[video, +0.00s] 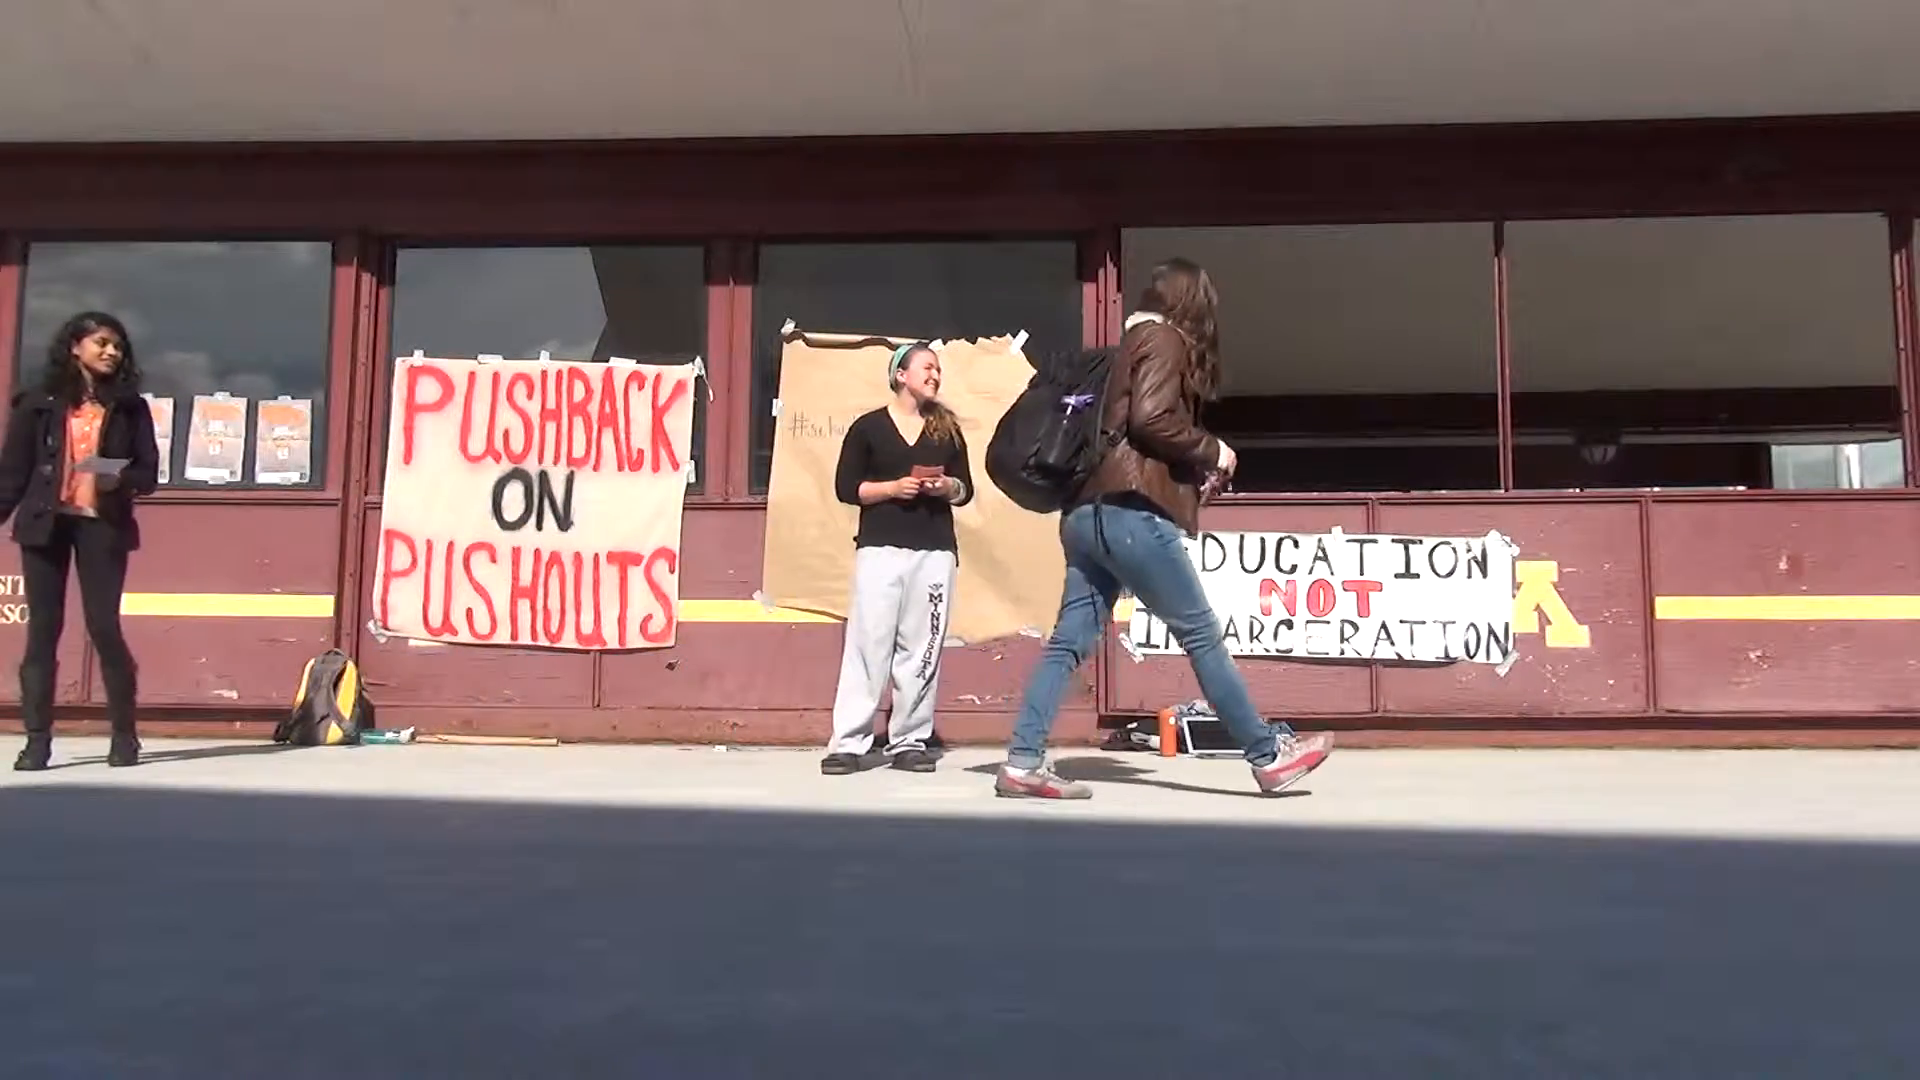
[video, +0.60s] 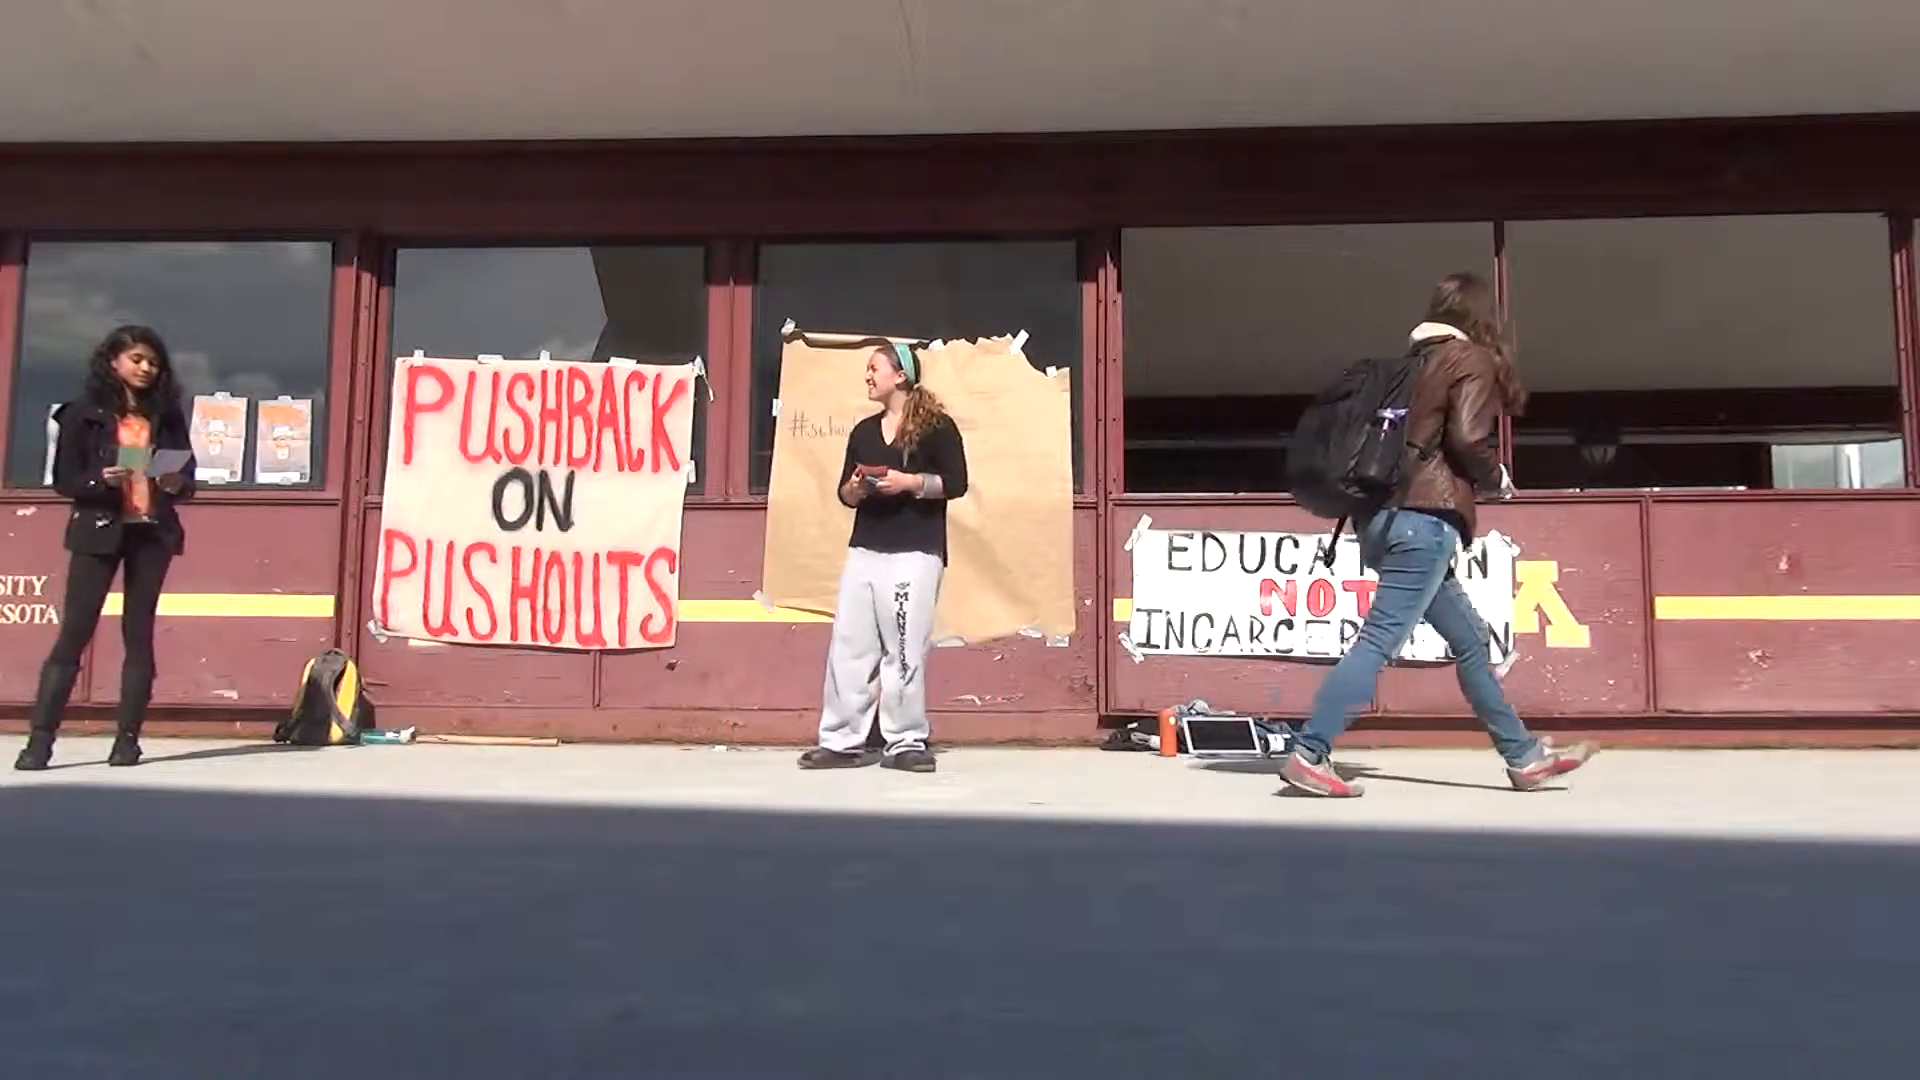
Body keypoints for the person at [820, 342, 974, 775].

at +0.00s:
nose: (936, 375)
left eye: (938, 369)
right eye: (927, 367)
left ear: (937, 379)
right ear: (900, 373)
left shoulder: (946, 429)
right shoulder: (866, 427)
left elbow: (964, 490)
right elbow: (846, 489)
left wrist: (947, 487)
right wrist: (893, 488)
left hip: (934, 550)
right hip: (880, 548)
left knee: (921, 648)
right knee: (869, 645)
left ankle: (910, 742)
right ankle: (848, 744)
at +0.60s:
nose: (867, 376)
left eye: (874, 369)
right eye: (867, 369)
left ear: (901, 374)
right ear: (884, 376)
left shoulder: (937, 426)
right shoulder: (863, 432)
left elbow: (955, 483)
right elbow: (845, 493)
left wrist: (908, 483)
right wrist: (856, 490)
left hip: (915, 551)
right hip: (866, 549)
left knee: (905, 648)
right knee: (851, 645)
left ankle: (907, 741)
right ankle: (845, 740)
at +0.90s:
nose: (840, 378)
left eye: (847, 371)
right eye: (842, 371)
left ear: (872, 377)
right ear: (863, 378)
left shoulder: (905, 426)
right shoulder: (843, 434)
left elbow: (918, 482)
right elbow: (829, 493)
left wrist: (895, 458)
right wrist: (790, 470)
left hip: (881, 555)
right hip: (838, 554)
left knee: (882, 652)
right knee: (836, 652)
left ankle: (903, 743)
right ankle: (845, 743)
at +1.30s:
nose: (816, 377)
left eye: (823, 371)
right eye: (819, 371)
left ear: (845, 378)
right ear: (840, 378)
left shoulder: (868, 429)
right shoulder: (828, 432)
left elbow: (872, 493)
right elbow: (812, 499)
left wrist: (840, 498)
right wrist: (769, 489)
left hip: (847, 552)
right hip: (813, 553)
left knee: (852, 645)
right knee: (821, 651)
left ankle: (898, 735)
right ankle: (843, 742)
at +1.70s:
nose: (797, 379)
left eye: (803, 372)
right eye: (799, 372)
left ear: (825, 378)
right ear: (824, 378)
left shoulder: (847, 427)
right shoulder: (826, 427)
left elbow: (844, 487)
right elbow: (818, 491)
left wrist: (789, 483)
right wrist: (773, 497)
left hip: (830, 549)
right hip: (816, 547)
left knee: (814, 644)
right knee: (833, 643)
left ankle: (829, 743)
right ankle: (847, 740)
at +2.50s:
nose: (770, 362)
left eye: (778, 356)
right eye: (772, 355)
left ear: (802, 364)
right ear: (792, 364)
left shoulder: (825, 409)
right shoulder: (791, 414)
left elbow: (826, 471)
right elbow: (798, 475)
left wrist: (770, 484)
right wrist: (762, 485)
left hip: (806, 542)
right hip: (776, 543)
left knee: (804, 641)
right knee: (763, 639)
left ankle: (815, 746)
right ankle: (815, 734)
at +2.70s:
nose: (759, 359)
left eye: (767, 352)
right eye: (762, 351)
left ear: (792, 362)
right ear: (786, 363)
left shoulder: (823, 411)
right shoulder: (777, 414)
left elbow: (820, 474)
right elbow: (784, 474)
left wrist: (766, 483)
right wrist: (753, 485)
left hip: (798, 541)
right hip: (760, 541)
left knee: (797, 640)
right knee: (743, 638)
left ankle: (813, 745)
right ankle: (753, 739)